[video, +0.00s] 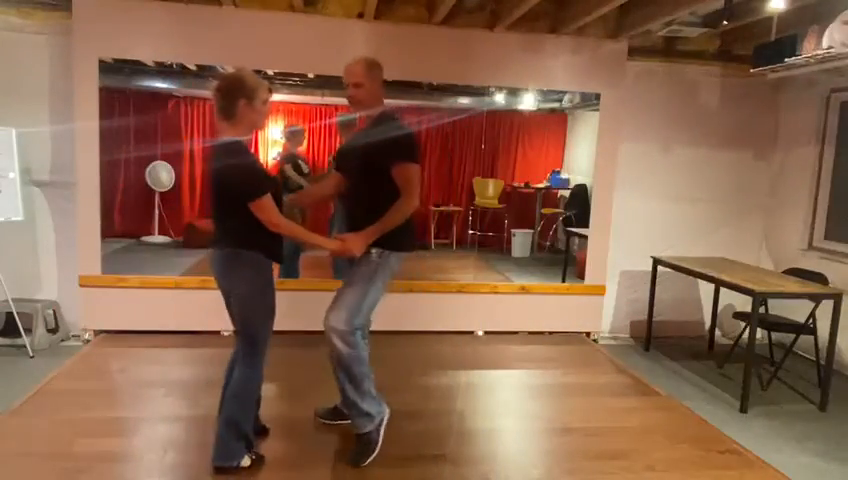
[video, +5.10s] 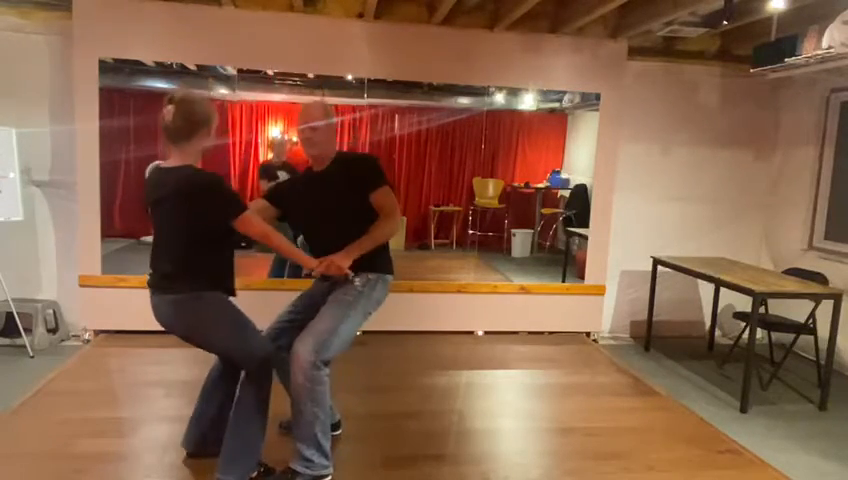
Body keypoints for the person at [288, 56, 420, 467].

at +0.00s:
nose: (351, 93)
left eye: (358, 85)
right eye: (348, 87)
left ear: (380, 85)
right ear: (349, 90)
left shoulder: (397, 133)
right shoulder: (355, 137)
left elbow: (412, 197)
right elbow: (333, 184)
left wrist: (365, 236)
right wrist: (290, 201)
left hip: (386, 247)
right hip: (358, 244)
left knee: (340, 322)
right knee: (351, 327)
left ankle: (371, 415)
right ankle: (352, 404)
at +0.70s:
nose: (331, 103)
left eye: (337, 96)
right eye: (330, 96)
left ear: (360, 99)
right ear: (336, 100)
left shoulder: (376, 141)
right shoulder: (338, 148)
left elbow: (393, 201)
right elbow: (306, 191)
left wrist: (348, 239)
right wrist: (266, 197)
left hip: (366, 255)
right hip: (337, 253)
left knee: (330, 340)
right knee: (322, 330)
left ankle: (310, 446)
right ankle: (354, 405)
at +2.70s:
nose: (299, 89)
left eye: (304, 79)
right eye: (296, 82)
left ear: (332, 74)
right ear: (307, 83)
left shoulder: (360, 130)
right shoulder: (309, 132)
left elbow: (399, 210)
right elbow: (295, 193)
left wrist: (356, 263)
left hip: (339, 265)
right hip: (311, 258)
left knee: (307, 371)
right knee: (321, 347)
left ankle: (314, 467)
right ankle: (338, 420)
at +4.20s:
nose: (275, 98)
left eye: (281, 88)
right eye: (271, 91)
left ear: (305, 84)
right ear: (276, 93)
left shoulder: (329, 126)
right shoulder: (298, 134)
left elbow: (380, 170)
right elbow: (281, 180)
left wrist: (358, 227)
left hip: (340, 251)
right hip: (323, 250)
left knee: (323, 348)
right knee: (331, 342)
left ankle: (312, 457)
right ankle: (329, 418)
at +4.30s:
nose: (275, 97)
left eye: (281, 88)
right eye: (271, 90)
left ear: (305, 85)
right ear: (277, 92)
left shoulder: (328, 125)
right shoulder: (297, 135)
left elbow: (384, 164)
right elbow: (271, 179)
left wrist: (368, 223)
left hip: (343, 253)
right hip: (323, 253)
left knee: (325, 349)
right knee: (327, 342)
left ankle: (313, 460)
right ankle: (326, 418)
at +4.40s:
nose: (277, 92)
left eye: (284, 84)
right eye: (273, 85)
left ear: (308, 84)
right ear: (274, 91)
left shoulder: (333, 124)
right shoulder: (291, 138)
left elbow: (388, 154)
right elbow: (264, 183)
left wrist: (379, 214)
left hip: (344, 252)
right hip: (320, 252)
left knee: (325, 351)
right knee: (318, 340)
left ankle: (313, 462)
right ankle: (325, 416)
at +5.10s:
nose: (312, 136)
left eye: (318, 128)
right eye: (305, 129)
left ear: (334, 129)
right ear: (298, 135)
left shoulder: (361, 166)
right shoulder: (295, 188)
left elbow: (392, 220)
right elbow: (247, 217)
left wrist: (348, 254)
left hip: (367, 279)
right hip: (327, 280)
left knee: (306, 353)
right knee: (276, 343)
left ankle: (313, 467)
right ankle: (322, 419)